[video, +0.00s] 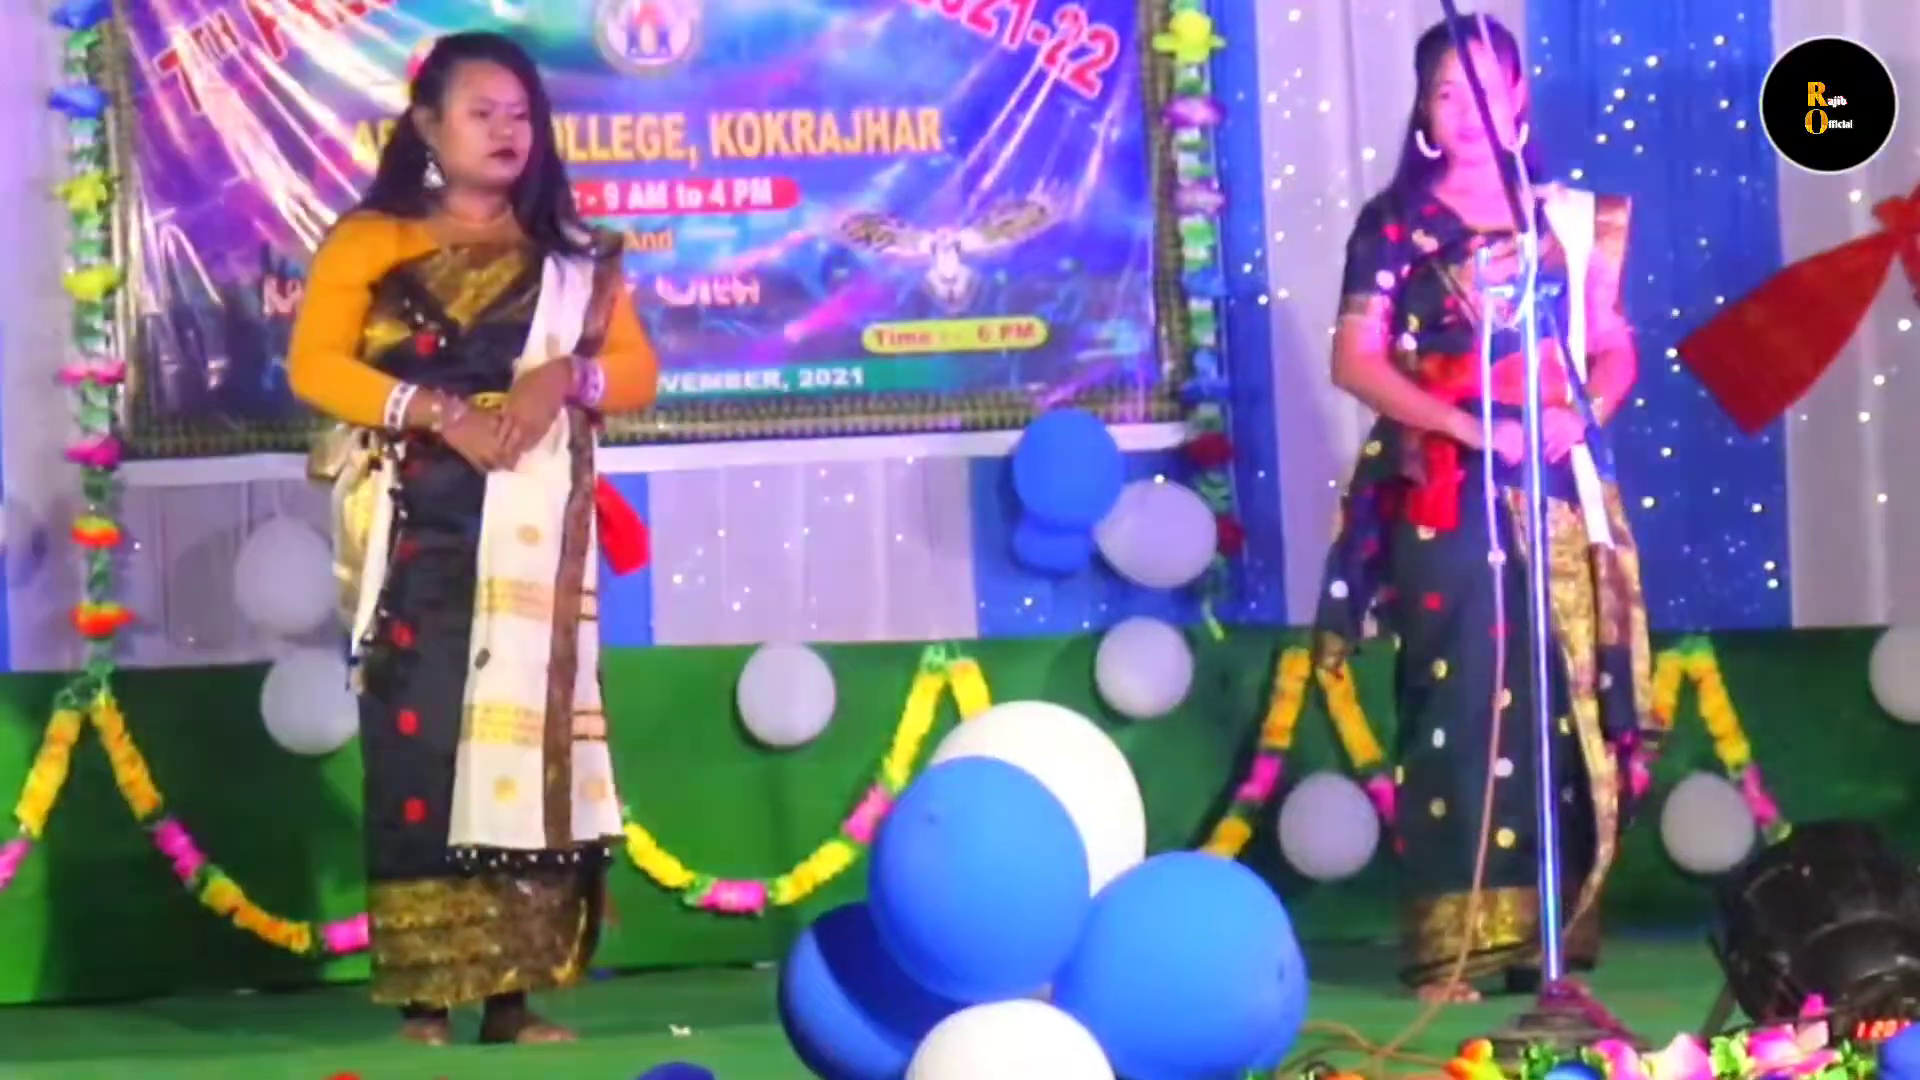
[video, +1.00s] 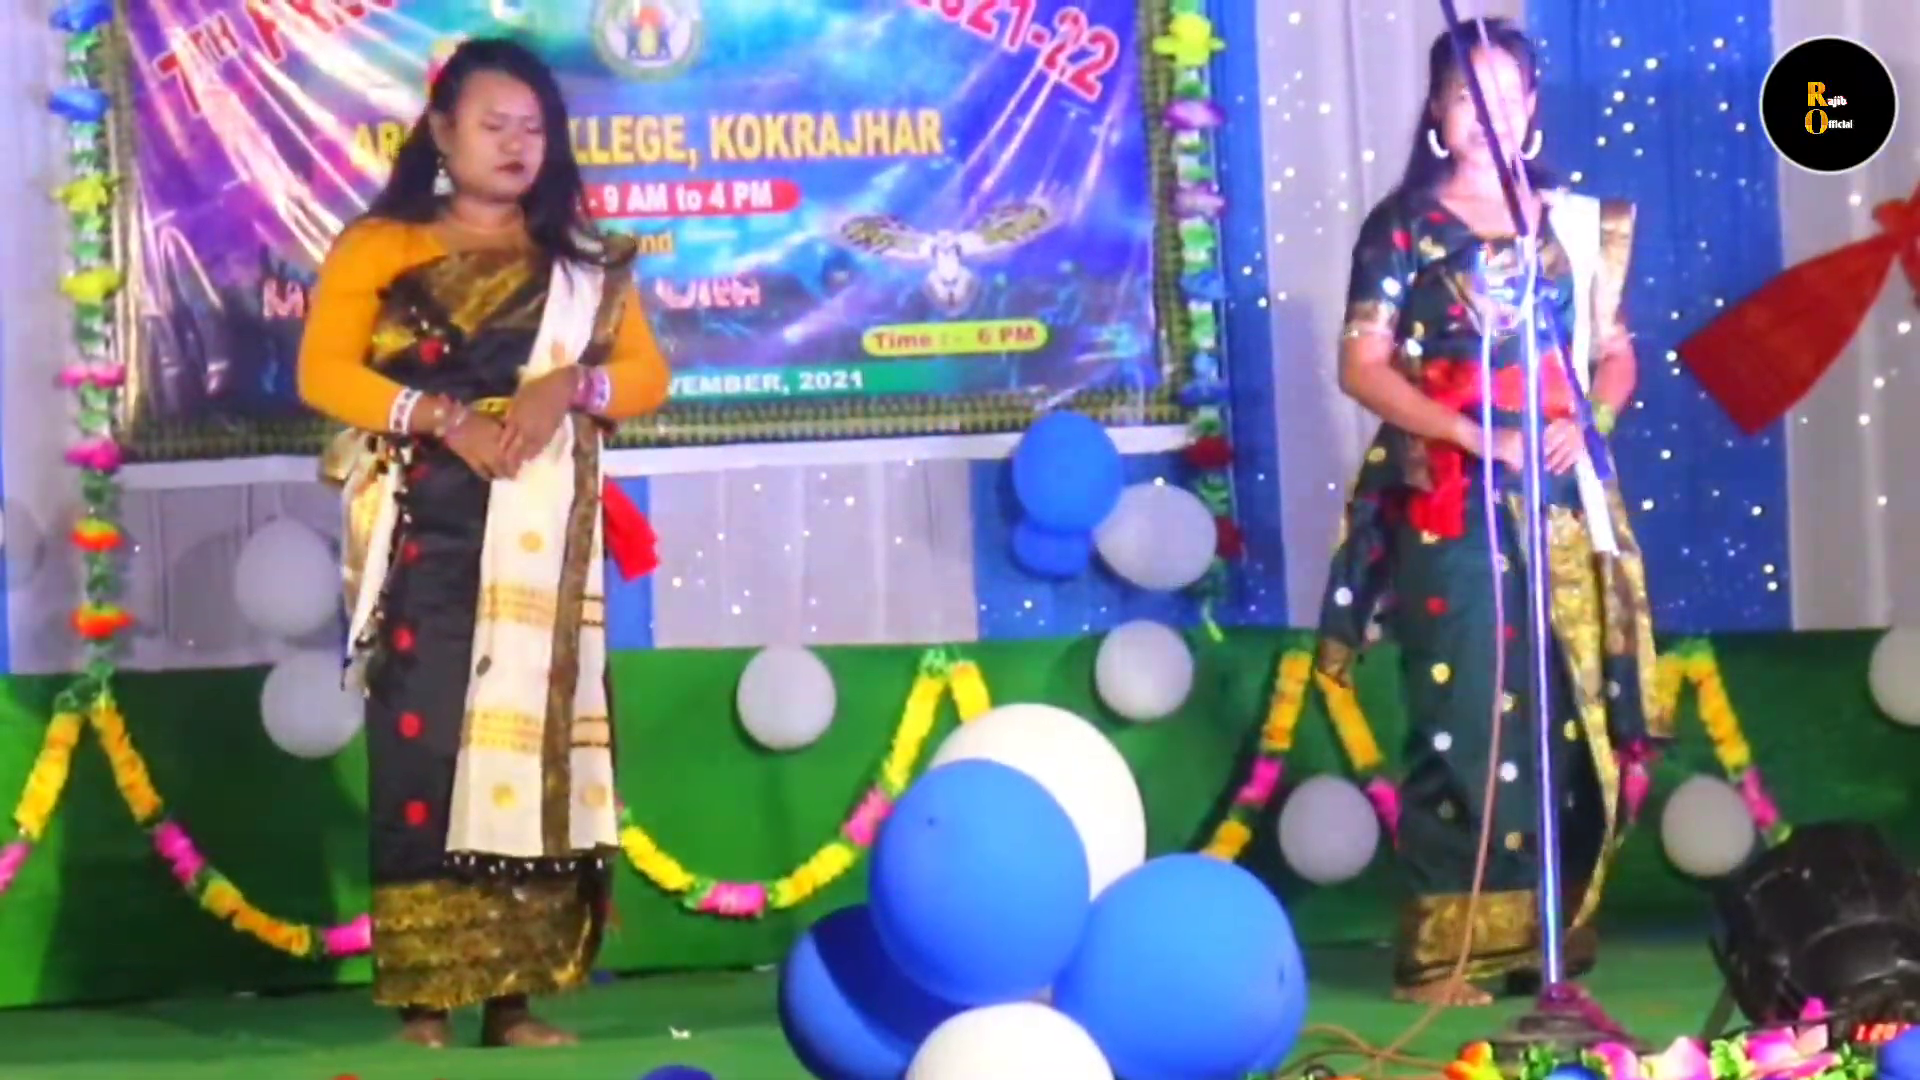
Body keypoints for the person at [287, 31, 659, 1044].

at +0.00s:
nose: (508, 131)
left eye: (521, 114)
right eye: (483, 113)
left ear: (538, 128)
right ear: (430, 127)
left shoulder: (570, 250)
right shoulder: (369, 240)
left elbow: (640, 377)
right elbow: (313, 365)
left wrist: (567, 377)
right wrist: (432, 406)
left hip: (535, 540)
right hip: (419, 537)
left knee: (527, 744)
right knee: (420, 749)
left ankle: (508, 997)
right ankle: (424, 997)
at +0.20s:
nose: (508, 133)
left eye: (523, 115)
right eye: (484, 114)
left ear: (541, 129)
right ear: (431, 128)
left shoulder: (570, 249)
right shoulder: (370, 240)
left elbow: (641, 372)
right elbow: (314, 364)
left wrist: (567, 375)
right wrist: (431, 406)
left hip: (535, 541)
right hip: (418, 538)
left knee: (527, 745)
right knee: (420, 749)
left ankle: (510, 994)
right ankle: (422, 995)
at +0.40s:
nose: (508, 132)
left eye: (524, 115)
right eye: (484, 113)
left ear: (543, 130)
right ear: (433, 126)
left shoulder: (574, 250)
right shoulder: (371, 238)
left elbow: (643, 372)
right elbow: (316, 362)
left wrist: (565, 376)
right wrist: (434, 405)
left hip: (535, 541)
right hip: (419, 537)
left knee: (528, 744)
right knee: (421, 748)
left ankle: (511, 992)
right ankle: (423, 991)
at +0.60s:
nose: (510, 132)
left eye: (527, 114)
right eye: (486, 113)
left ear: (547, 130)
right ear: (434, 126)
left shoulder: (577, 250)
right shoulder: (373, 238)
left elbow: (645, 374)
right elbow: (317, 364)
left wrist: (568, 377)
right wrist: (437, 407)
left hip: (538, 539)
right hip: (421, 534)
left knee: (530, 743)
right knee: (423, 747)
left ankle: (509, 993)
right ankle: (423, 991)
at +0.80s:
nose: (514, 137)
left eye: (530, 120)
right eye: (489, 118)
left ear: (549, 134)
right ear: (438, 130)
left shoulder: (578, 253)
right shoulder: (376, 242)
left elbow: (649, 373)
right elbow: (320, 367)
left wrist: (568, 380)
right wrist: (435, 407)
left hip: (540, 541)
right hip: (423, 537)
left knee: (532, 744)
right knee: (423, 748)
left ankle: (511, 996)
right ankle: (424, 995)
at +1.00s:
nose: (517, 144)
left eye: (533, 126)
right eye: (493, 124)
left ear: (551, 141)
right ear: (442, 133)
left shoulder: (581, 260)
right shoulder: (377, 248)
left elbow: (649, 377)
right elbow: (322, 371)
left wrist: (568, 385)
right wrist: (439, 413)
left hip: (541, 548)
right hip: (426, 543)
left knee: (532, 750)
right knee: (424, 754)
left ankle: (511, 999)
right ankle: (424, 998)